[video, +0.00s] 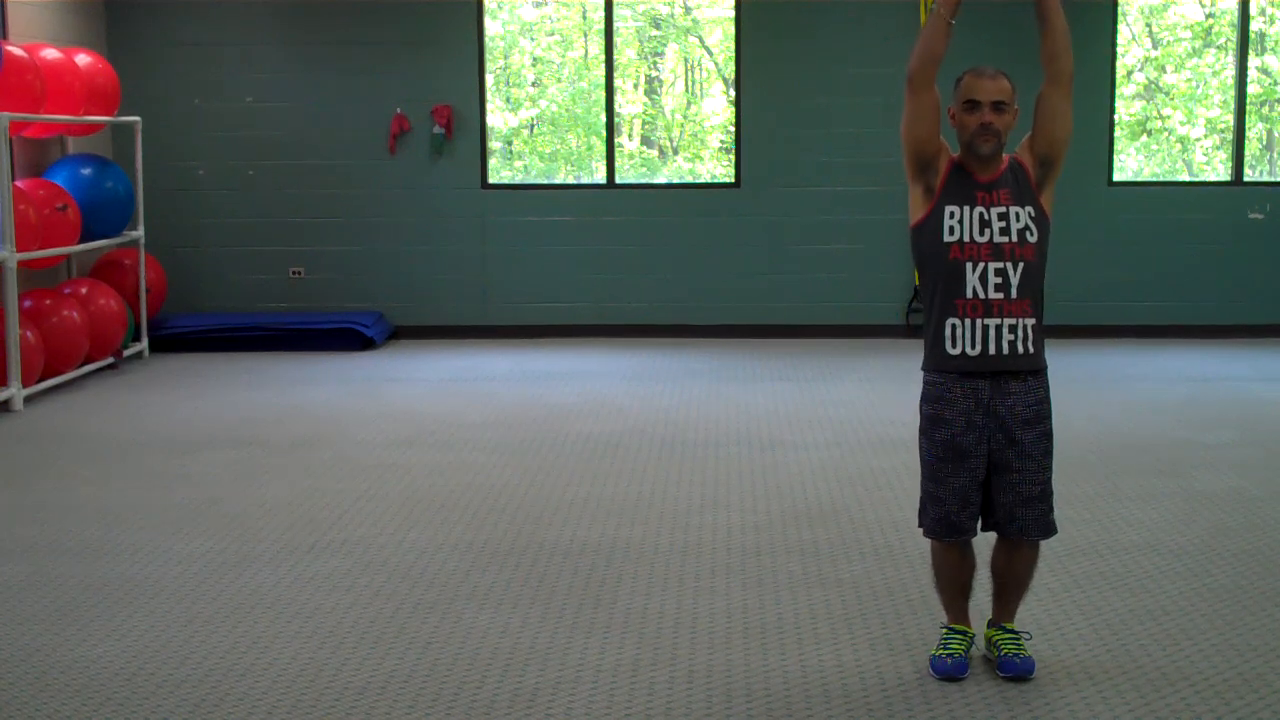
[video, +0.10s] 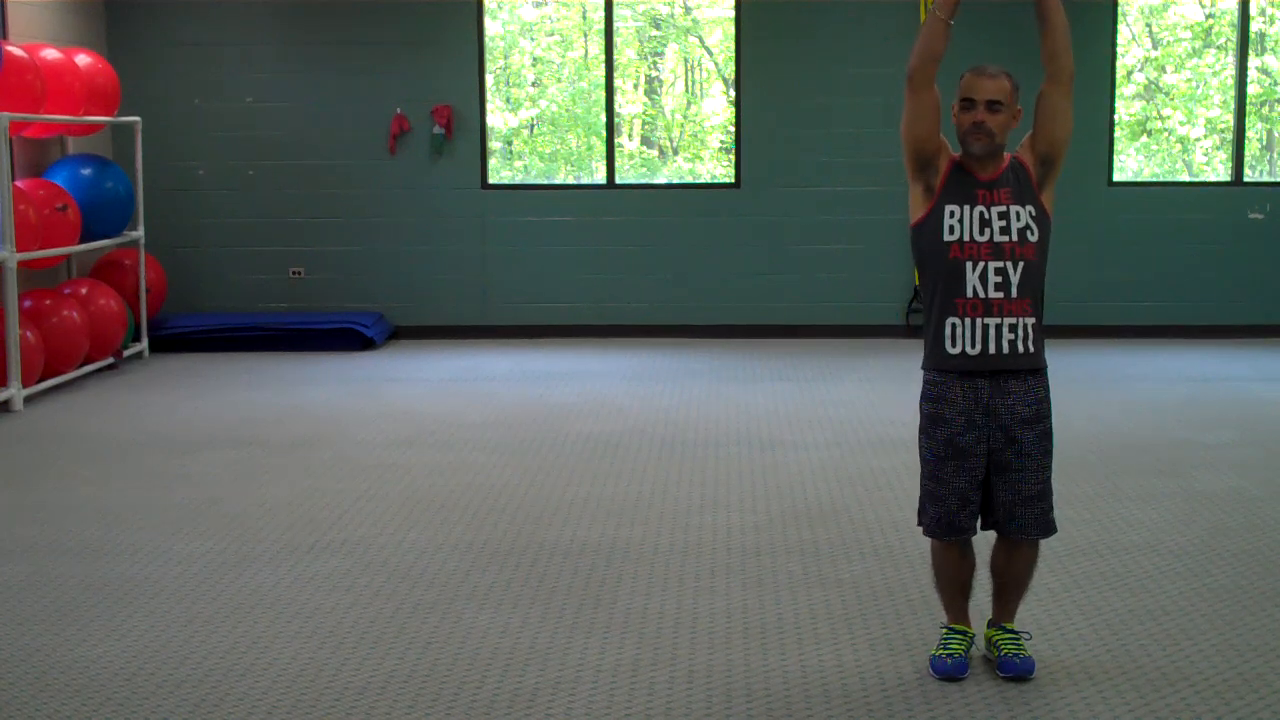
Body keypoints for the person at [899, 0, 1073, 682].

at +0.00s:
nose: (985, 118)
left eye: (998, 108)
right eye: (972, 106)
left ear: (1014, 118)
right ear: (952, 116)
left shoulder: (1034, 176)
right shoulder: (930, 177)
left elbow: (1060, 76)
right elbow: (918, 79)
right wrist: (947, 5)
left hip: (1022, 387)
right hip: (951, 387)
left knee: (1023, 522)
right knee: (949, 523)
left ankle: (1004, 628)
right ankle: (956, 629)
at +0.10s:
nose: (978, 116)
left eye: (994, 107)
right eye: (968, 105)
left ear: (1016, 118)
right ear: (953, 114)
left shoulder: (1035, 175)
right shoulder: (930, 175)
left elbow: (1061, 75)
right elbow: (918, 77)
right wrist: (944, 4)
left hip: (1021, 385)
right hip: (950, 385)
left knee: (1022, 522)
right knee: (949, 523)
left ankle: (1004, 629)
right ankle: (956, 629)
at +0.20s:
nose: (973, 116)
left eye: (989, 106)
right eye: (964, 104)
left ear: (1016, 117)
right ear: (953, 113)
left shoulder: (1035, 174)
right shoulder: (931, 174)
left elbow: (1062, 76)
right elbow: (917, 77)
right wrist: (943, 4)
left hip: (1020, 383)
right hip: (950, 383)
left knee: (1021, 520)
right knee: (948, 520)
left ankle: (1004, 628)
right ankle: (956, 629)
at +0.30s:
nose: (972, 116)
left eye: (987, 106)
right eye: (964, 103)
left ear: (1016, 116)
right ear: (952, 112)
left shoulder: (1036, 174)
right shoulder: (932, 174)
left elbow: (1064, 75)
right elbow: (912, 78)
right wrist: (947, 7)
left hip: (1020, 383)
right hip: (950, 383)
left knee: (1021, 519)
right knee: (948, 520)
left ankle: (1004, 628)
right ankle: (956, 629)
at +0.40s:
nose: (977, 113)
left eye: (991, 104)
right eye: (967, 102)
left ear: (1016, 114)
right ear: (955, 111)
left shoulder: (1037, 173)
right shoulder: (932, 172)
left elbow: (1064, 75)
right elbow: (911, 77)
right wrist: (951, 4)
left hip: (1021, 383)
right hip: (951, 384)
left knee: (1020, 519)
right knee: (948, 520)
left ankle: (1004, 628)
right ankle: (956, 629)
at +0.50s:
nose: (983, 112)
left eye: (997, 102)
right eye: (972, 101)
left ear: (1017, 113)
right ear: (955, 111)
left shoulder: (1036, 172)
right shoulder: (932, 173)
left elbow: (1061, 73)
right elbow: (912, 77)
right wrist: (949, 6)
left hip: (1021, 382)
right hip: (951, 382)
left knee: (1019, 518)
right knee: (949, 518)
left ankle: (1004, 628)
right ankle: (955, 629)